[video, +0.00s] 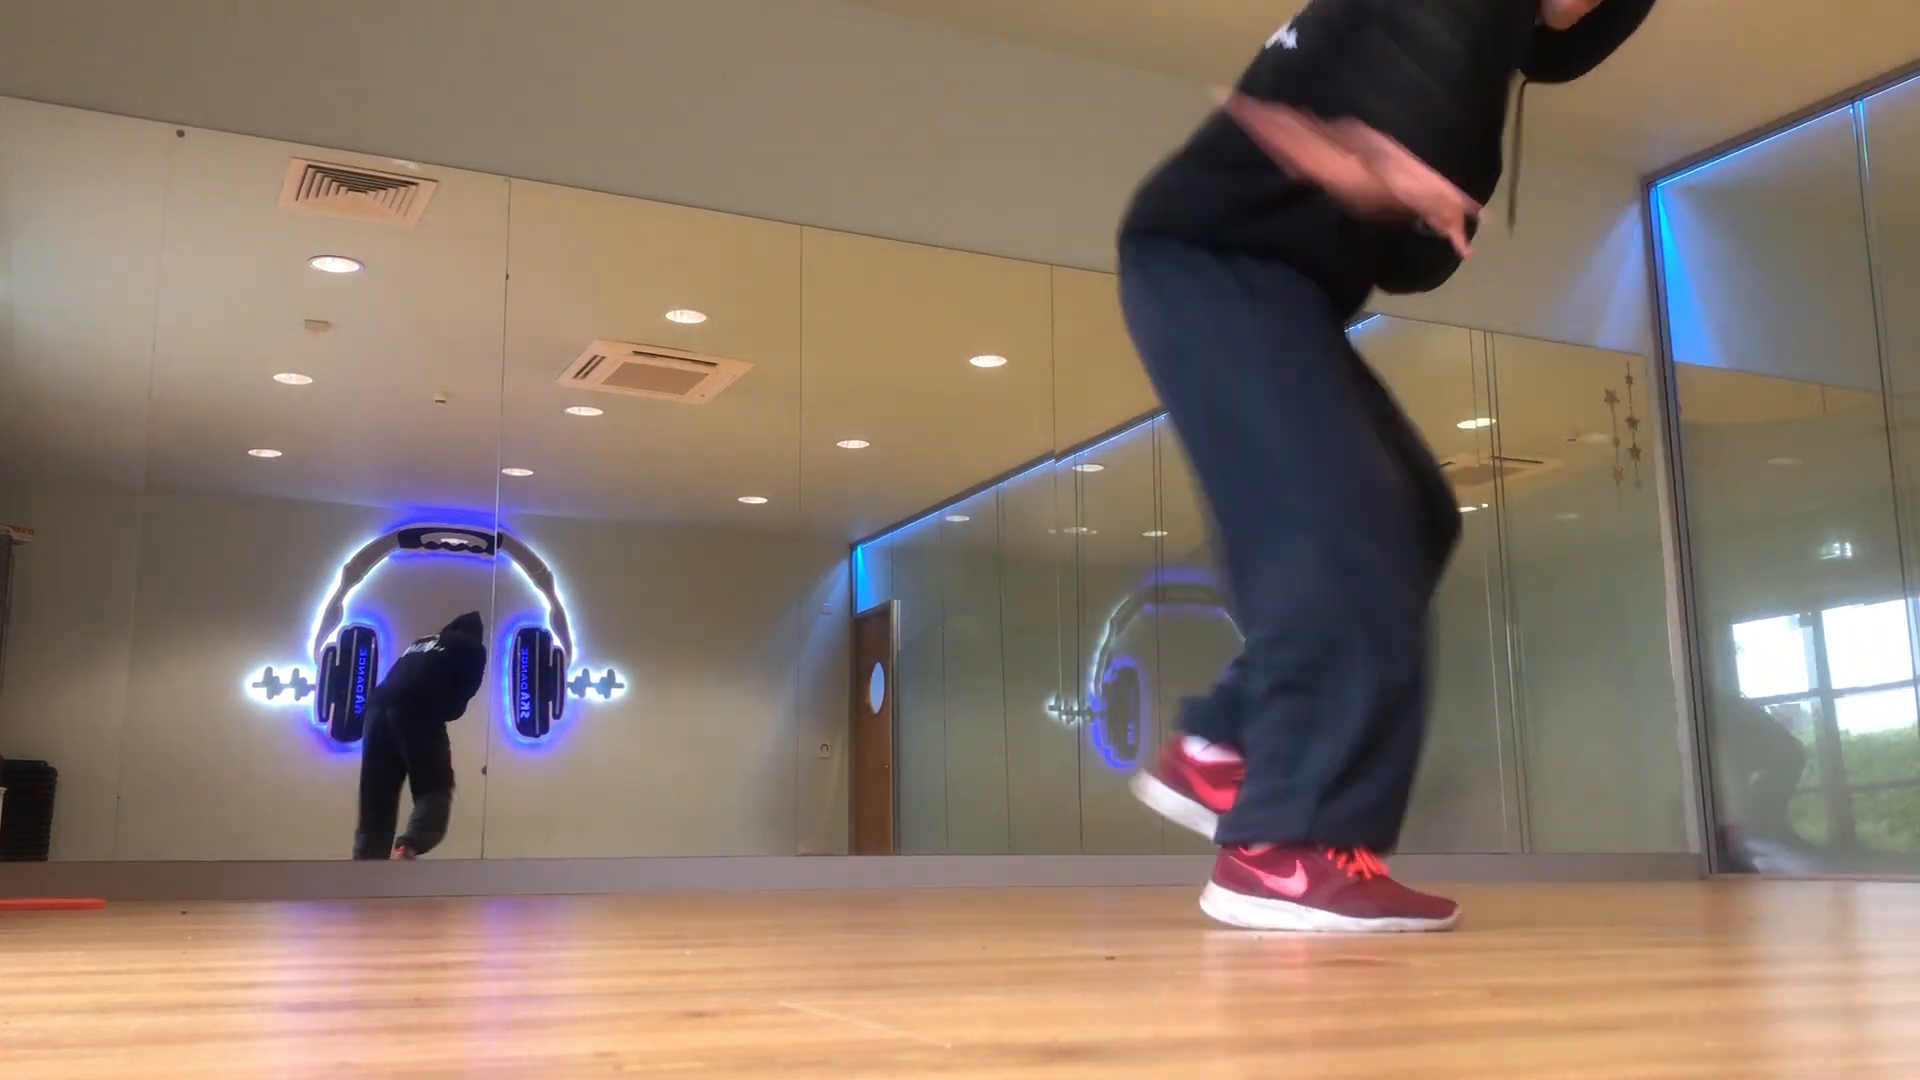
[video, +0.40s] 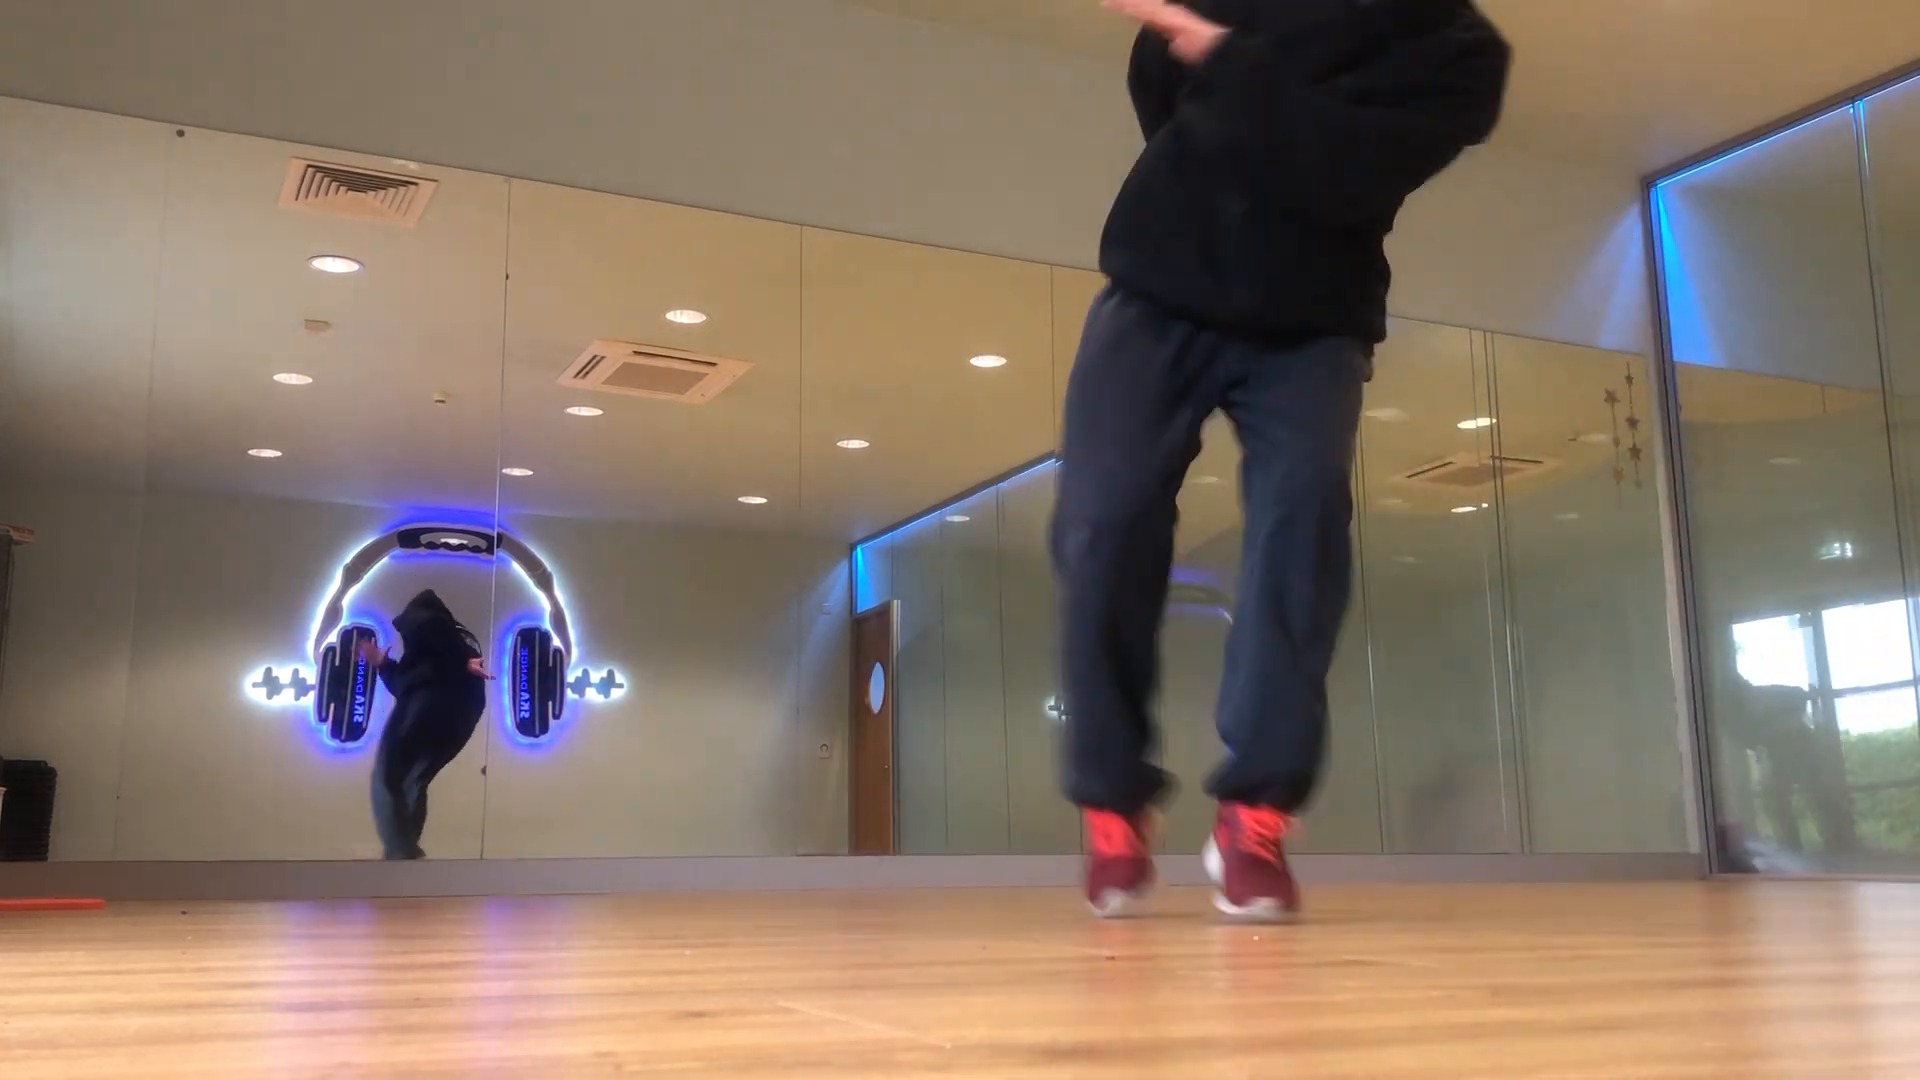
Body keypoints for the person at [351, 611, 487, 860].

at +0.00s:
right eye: (477, 637)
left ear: (449, 629)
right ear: (475, 635)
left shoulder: (421, 643)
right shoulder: (472, 648)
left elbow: (394, 683)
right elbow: (464, 690)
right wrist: (441, 712)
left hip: (378, 711)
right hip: (418, 712)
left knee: (378, 791)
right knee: (433, 789)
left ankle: (367, 861)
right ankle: (408, 847)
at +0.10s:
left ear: (442, 627)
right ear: (470, 633)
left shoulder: (412, 642)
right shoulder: (475, 648)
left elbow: (364, 657)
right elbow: (472, 684)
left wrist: (311, 654)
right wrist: (450, 712)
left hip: (390, 703)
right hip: (434, 712)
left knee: (368, 775)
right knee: (416, 784)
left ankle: (337, 853)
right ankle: (398, 858)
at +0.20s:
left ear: (434, 625)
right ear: (464, 633)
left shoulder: (409, 638)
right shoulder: (472, 656)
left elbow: (368, 634)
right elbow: (465, 689)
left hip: (394, 717)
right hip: (439, 728)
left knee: (360, 784)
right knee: (414, 800)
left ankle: (312, 839)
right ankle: (379, 863)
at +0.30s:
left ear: (426, 616)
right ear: (454, 624)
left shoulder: (413, 624)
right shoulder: (470, 647)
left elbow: (401, 637)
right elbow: (430, 684)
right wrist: (385, 676)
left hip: (407, 712)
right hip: (450, 723)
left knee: (365, 777)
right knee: (410, 801)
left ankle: (355, 833)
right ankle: (383, 863)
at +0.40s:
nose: (403, 629)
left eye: (406, 623)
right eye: (405, 626)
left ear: (412, 615)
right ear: (441, 616)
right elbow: (404, 685)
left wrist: (465, 659)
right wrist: (381, 663)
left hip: (425, 706)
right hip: (463, 713)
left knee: (385, 775)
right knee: (415, 780)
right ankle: (405, 848)